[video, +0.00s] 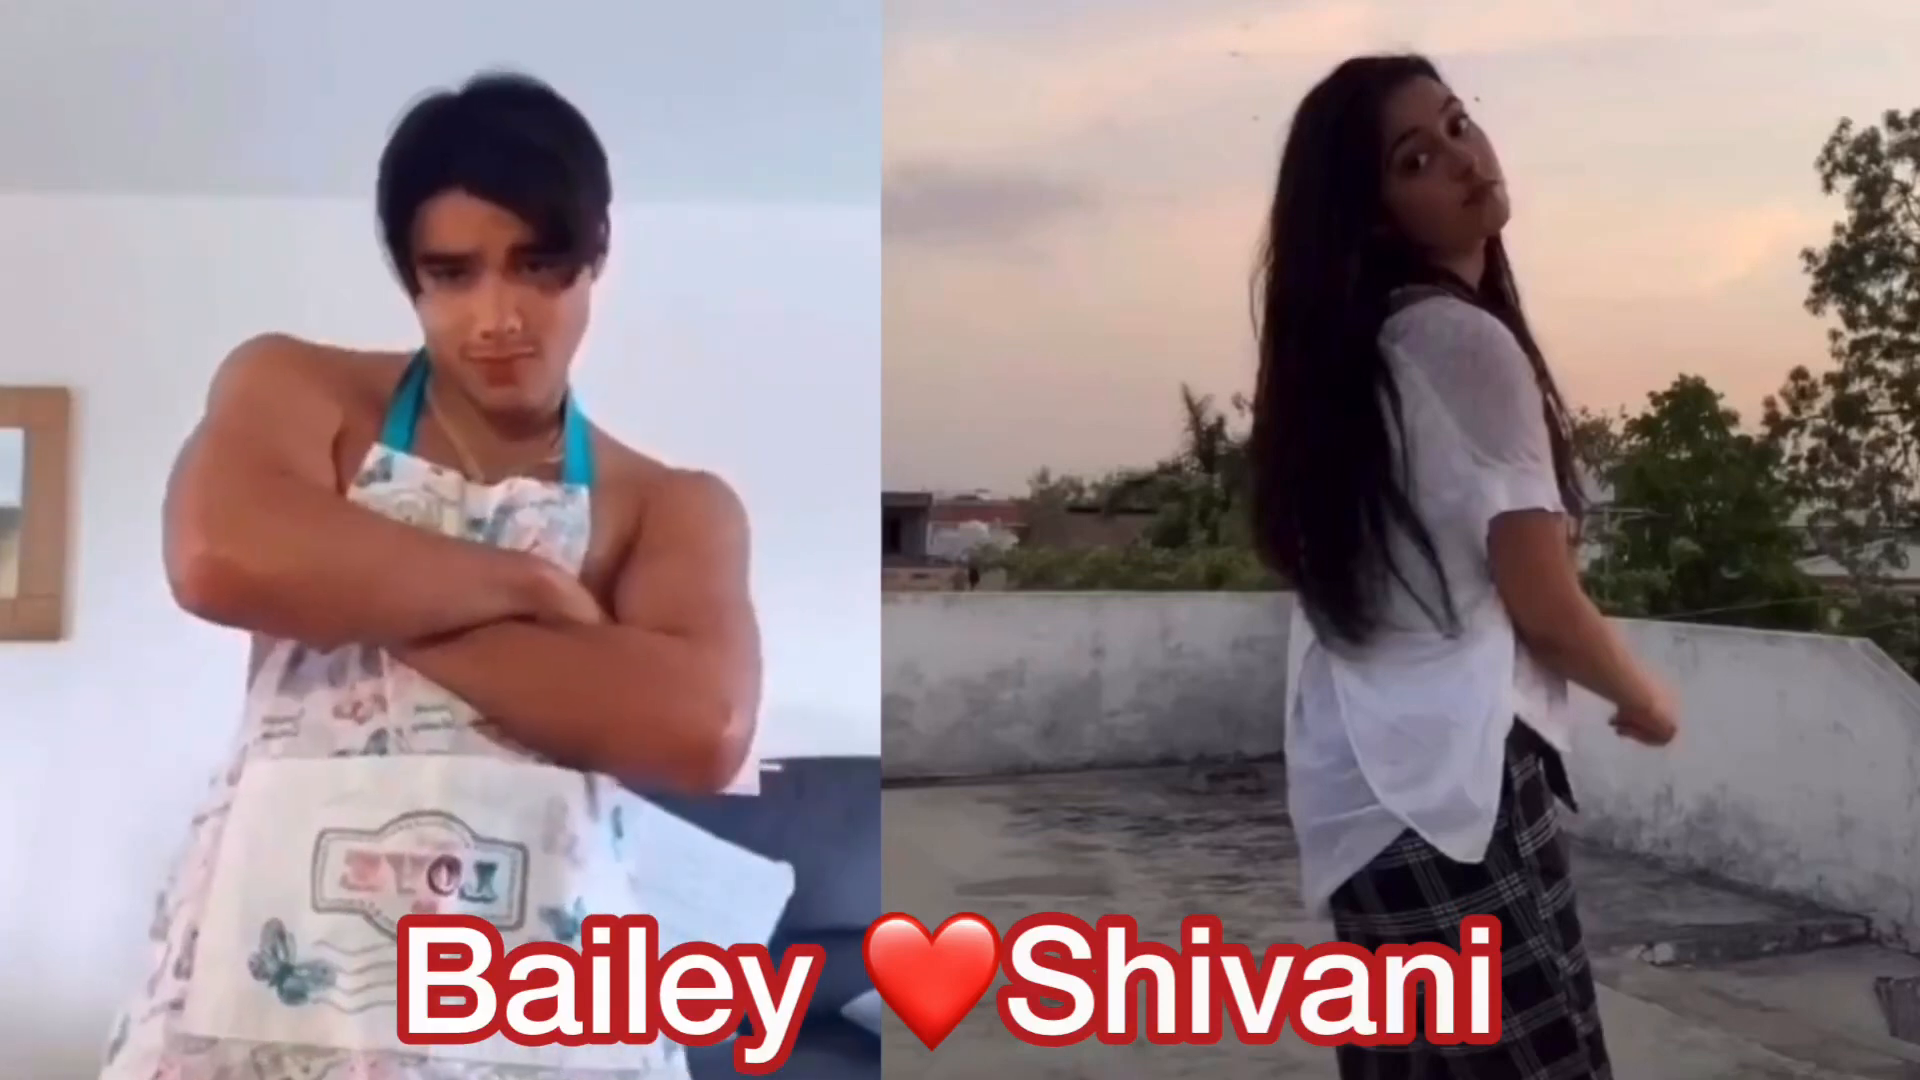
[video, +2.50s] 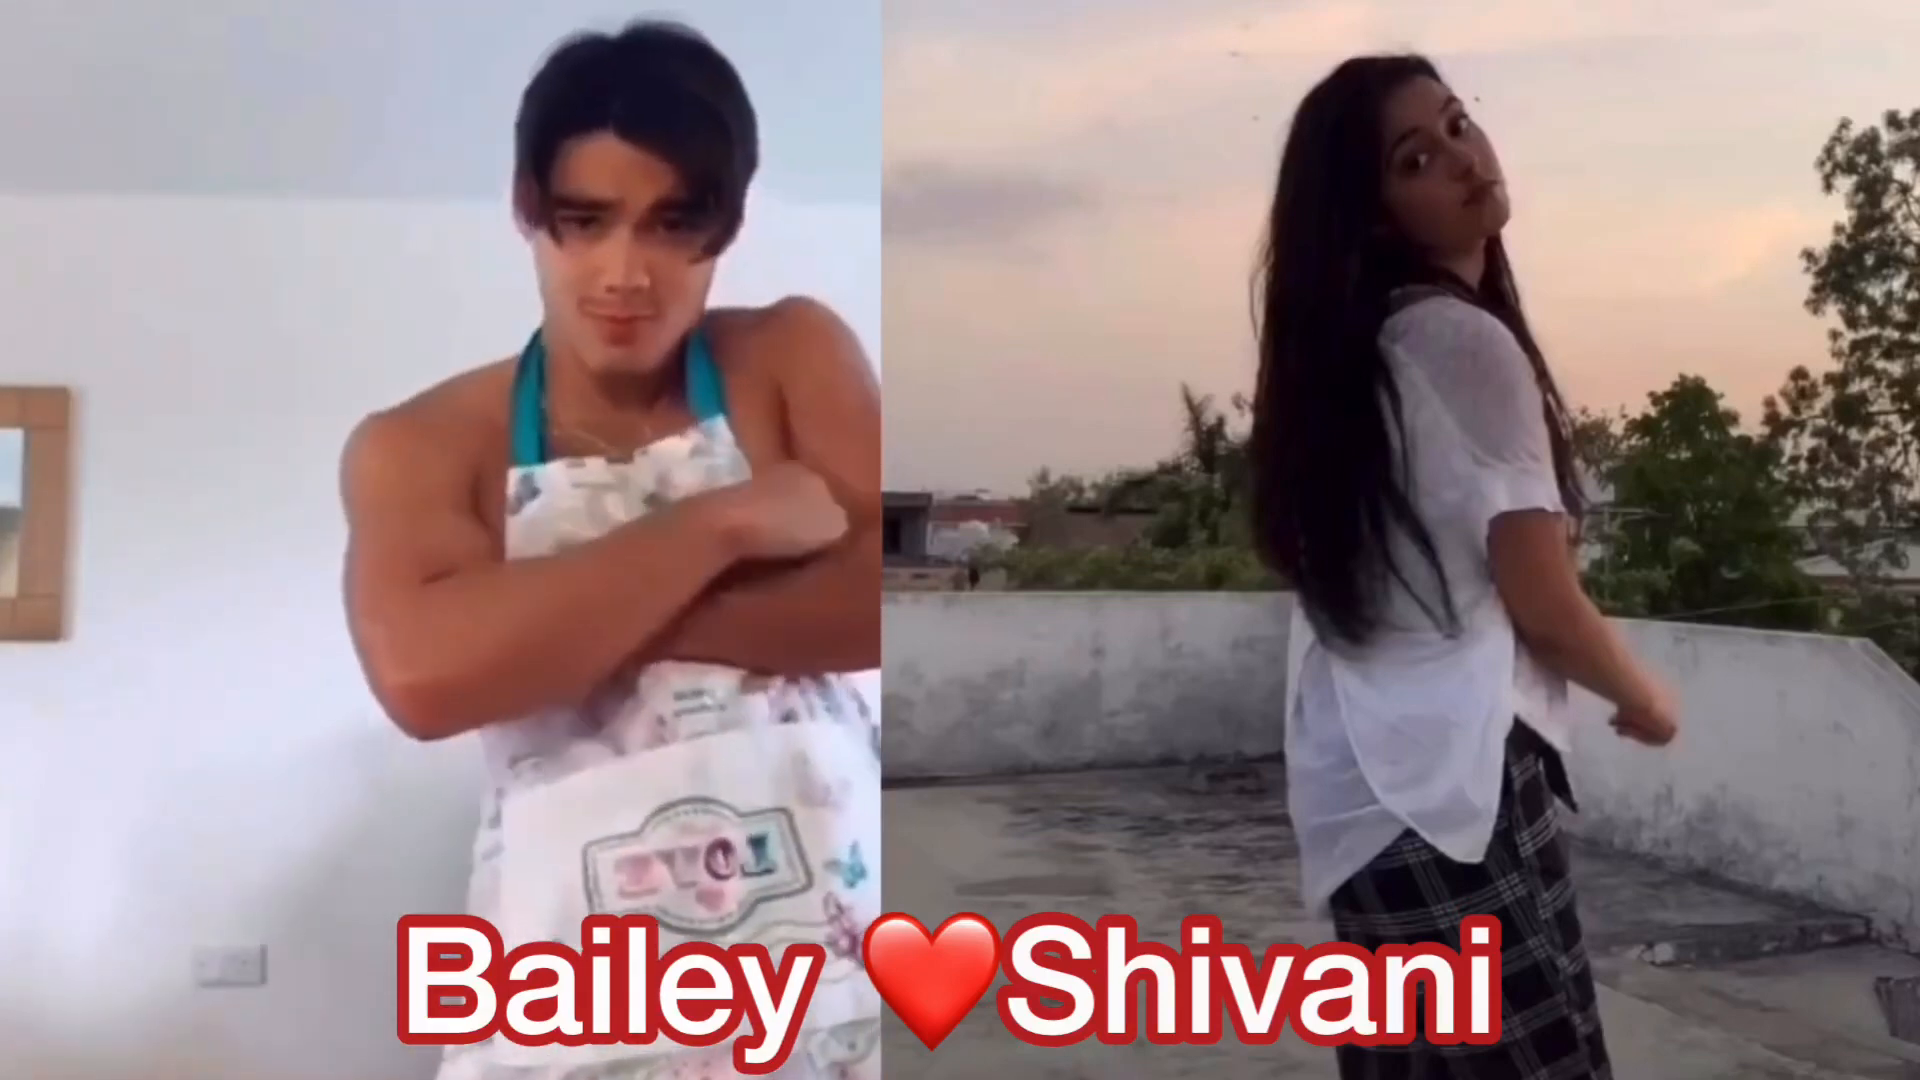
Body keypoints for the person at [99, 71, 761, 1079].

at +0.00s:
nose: (495, 318)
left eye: (541, 268)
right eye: (451, 273)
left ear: (598, 255)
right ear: (407, 274)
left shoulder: (676, 507)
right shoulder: (291, 385)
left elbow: (702, 734)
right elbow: (219, 556)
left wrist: (397, 613)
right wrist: (529, 584)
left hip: (544, 1000)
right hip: (267, 984)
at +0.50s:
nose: (535, 296)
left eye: (584, 248)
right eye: (494, 248)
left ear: (646, 227)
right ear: (449, 239)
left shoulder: (733, 318)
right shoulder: (368, 426)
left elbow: (828, 550)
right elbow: (333, 607)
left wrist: (492, 577)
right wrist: (625, 498)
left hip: (684, 881)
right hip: (436, 888)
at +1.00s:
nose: (550, 359)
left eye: (596, 311)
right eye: (512, 311)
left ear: (656, 296)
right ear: (466, 300)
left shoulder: (742, 411)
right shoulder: (373, 496)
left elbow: (858, 628)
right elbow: (445, 686)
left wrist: (551, 639)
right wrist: (699, 563)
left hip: (808, 935)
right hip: (569, 964)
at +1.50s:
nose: (518, 348)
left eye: (559, 300)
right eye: (472, 305)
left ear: (610, 294)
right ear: (423, 302)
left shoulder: (678, 518)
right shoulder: (322, 379)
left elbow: (704, 744)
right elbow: (249, 557)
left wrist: (413, 627)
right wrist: (546, 599)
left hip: (547, 969)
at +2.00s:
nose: (579, 296)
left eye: (628, 247)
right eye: (538, 247)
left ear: (682, 243)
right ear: (488, 247)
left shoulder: (760, 336)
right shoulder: (400, 463)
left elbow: (835, 549)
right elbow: (344, 629)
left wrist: (513, 593)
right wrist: (637, 505)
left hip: (721, 893)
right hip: (471, 909)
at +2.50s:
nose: (623, 276)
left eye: (672, 225)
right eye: (580, 223)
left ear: (726, 228)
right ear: (527, 216)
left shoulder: (796, 354)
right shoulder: (418, 445)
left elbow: (865, 612)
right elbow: (425, 679)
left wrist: (554, 607)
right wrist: (722, 522)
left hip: (801, 924)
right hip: (557, 939)